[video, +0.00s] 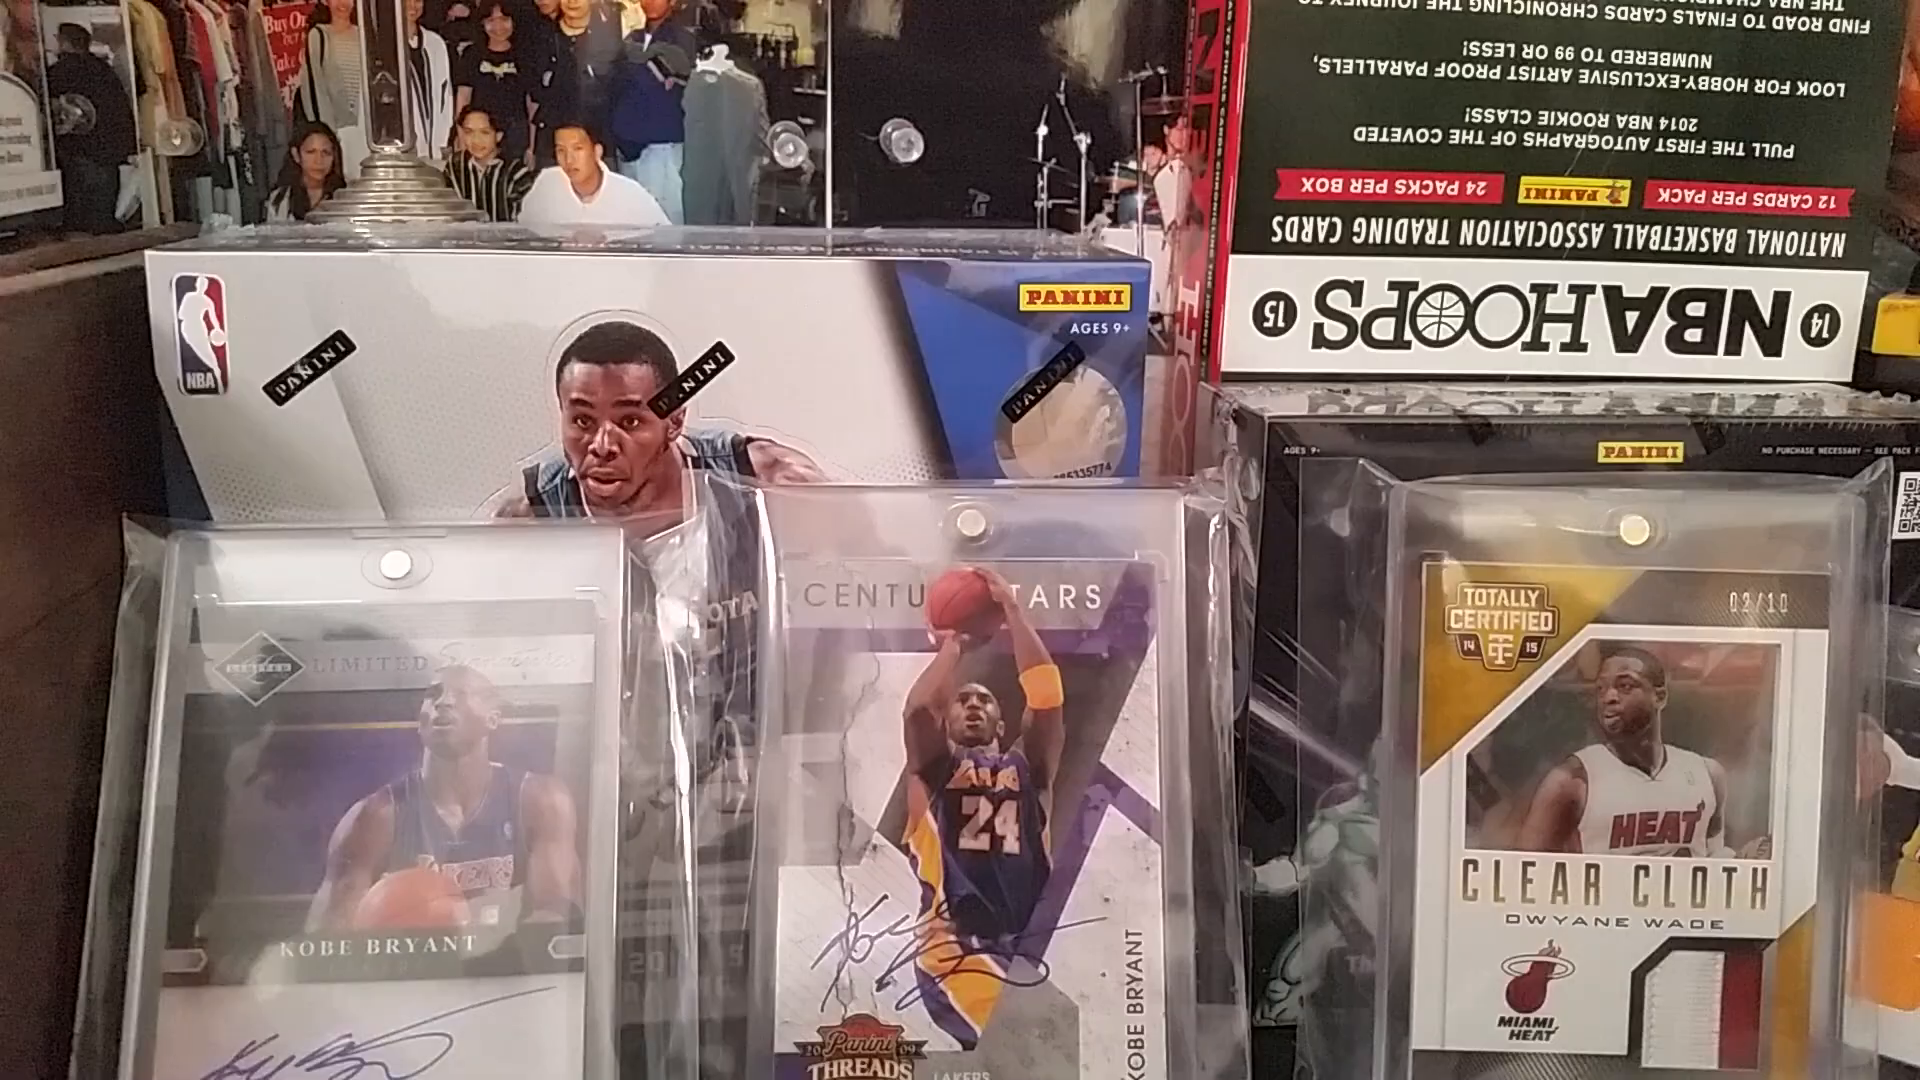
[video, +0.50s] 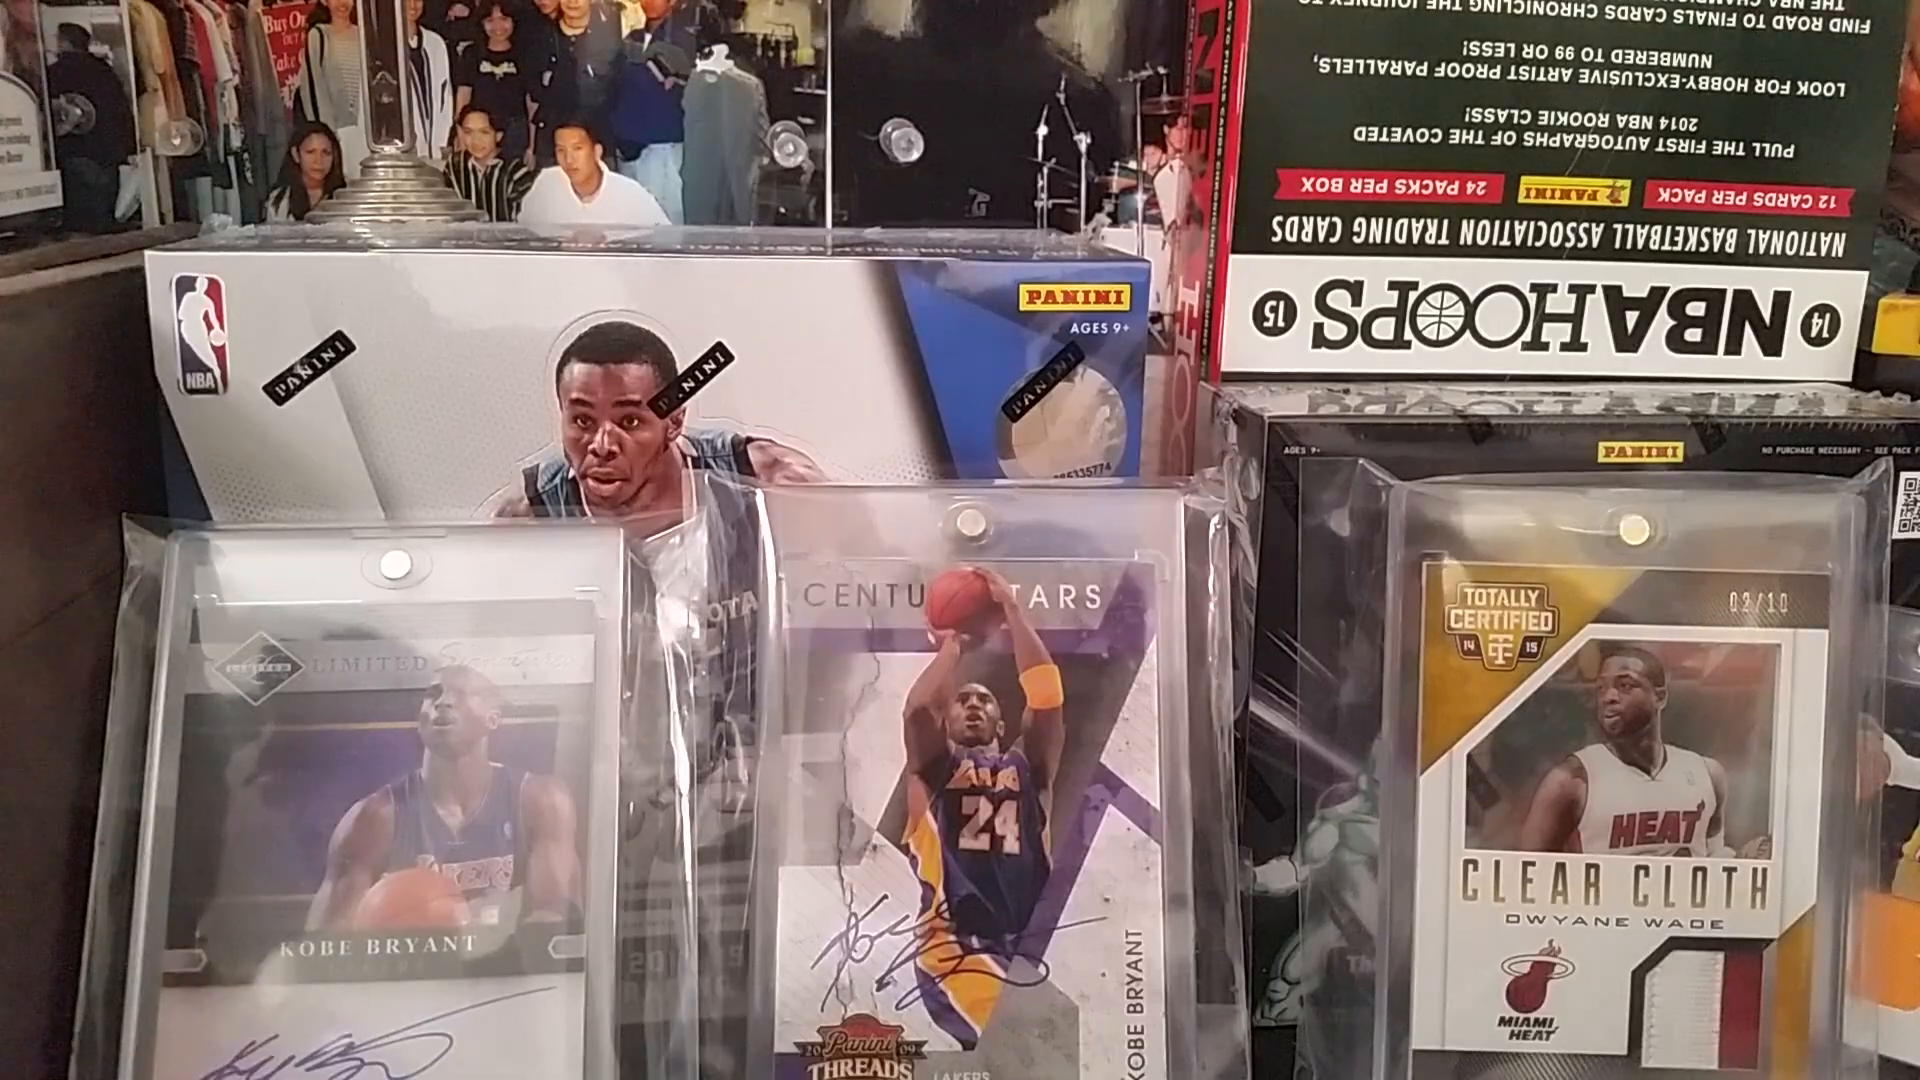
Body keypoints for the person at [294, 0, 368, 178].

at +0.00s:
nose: (343, 5)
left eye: (348, 0)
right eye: (338, 0)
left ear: (354, 3)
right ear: (327, 2)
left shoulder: (362, 34)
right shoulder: (318, 34)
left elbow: (371, 76)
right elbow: (314, 81)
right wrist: (326, 125)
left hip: (363, 119)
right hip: (333, 121)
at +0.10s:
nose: (343, 5)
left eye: (347, 0)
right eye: (337, 0)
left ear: (354, 3)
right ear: (326, 3)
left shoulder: (362, 35)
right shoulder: (318, 34)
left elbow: (371, 76)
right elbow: (313, 81)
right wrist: (326, 125)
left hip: (363, 119)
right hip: (333, 121)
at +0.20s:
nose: (343, 4)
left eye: (347, 0)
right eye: (337, 0)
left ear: (354, 3)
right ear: (327, 3)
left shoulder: (362, 35)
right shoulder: (318, 34)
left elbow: (372, 76)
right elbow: (313, 81)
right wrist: (325, 126)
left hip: (363, 120)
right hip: (333, 122)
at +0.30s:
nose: (343, 4)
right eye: (337, 0)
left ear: (354, 3)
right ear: (326, 3)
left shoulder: (362, 34)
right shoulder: (318, 34)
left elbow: (372, 76)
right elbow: (312, 80)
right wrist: (324, 125)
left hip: (363, 119)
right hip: (333, 121)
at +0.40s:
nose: (343, 4)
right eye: (337, 0)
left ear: (353, 3)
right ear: (326, 3)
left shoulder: (362, 34)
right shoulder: (318, 34)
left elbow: (372, 76)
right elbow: (314, 81)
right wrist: (326, 126)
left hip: (363, 120)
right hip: (333, 122)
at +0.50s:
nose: (342, 4)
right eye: (337, 0)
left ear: (353, 3)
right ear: (325, 3)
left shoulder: (362, 34)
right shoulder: (318, 33)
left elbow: (372, 76)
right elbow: (314, 81)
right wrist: (326, 126)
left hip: (364, 118)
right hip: (333, 122)